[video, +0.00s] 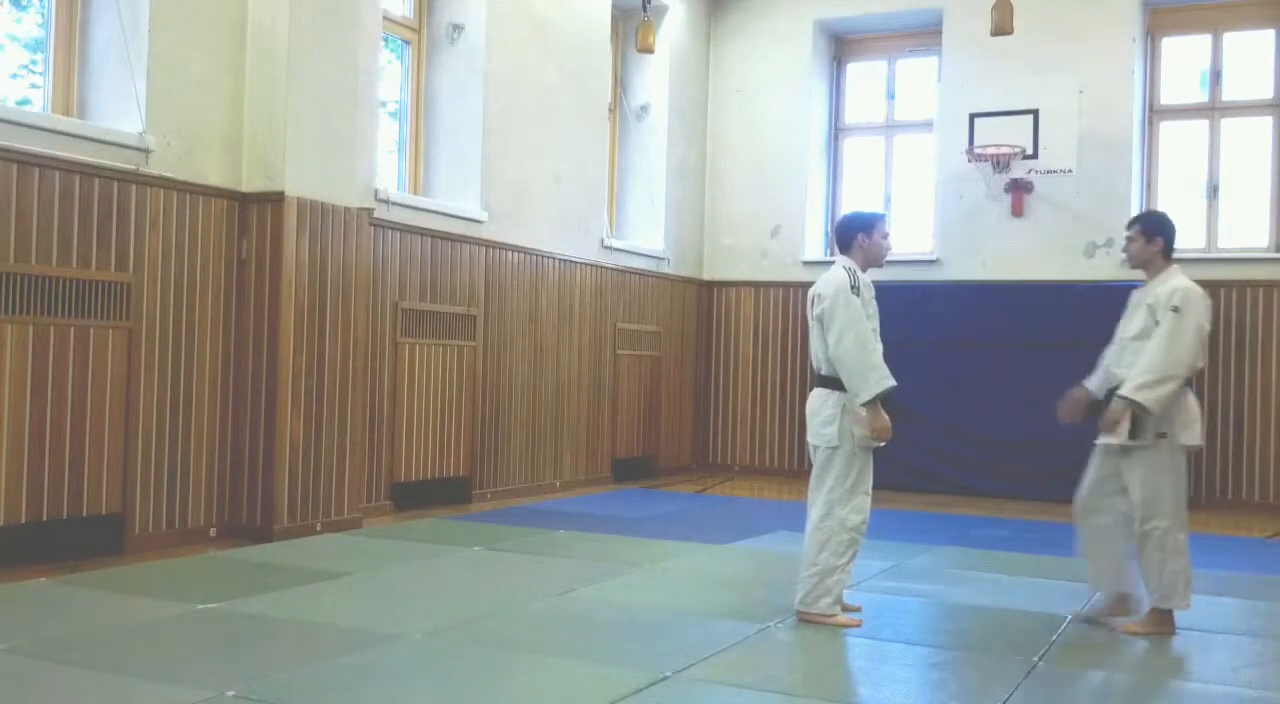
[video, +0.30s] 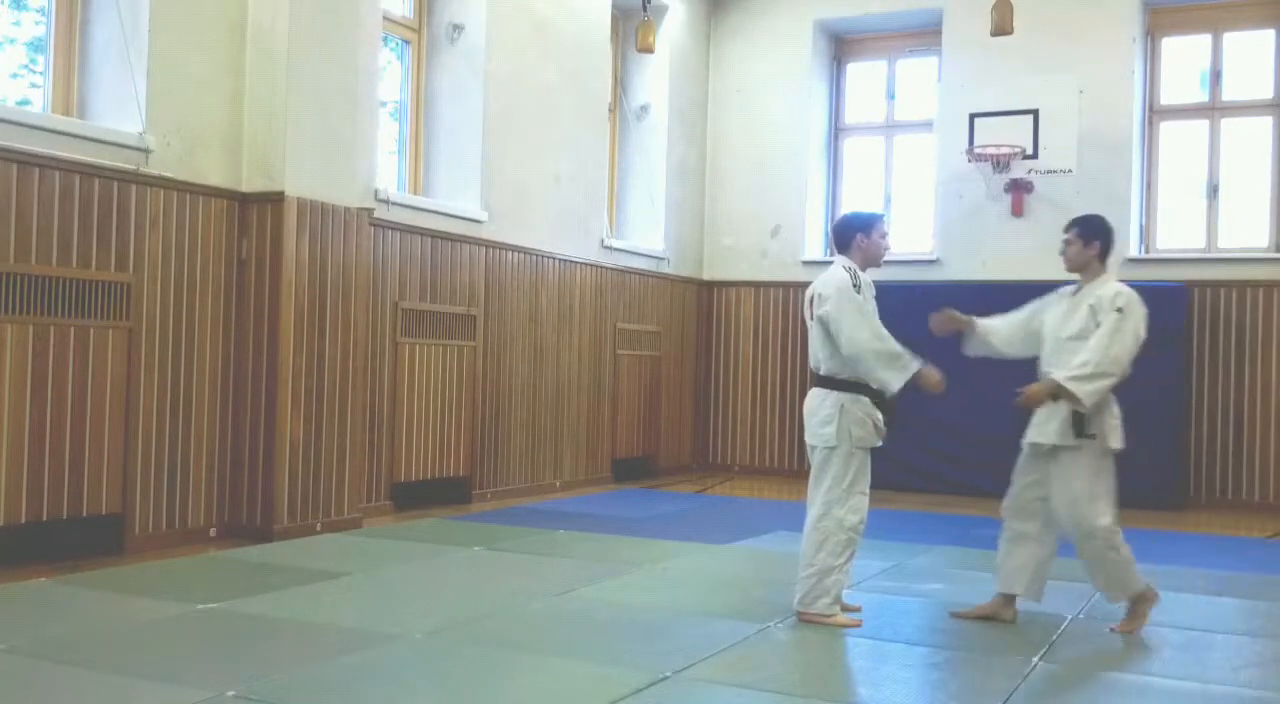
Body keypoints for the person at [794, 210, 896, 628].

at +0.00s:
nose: (890, 245)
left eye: (888, 237)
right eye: (885, 237)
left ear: (861, 240)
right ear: (862, 240)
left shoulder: (852, 282)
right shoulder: (841, 284)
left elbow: (860, 347)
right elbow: (852, 348)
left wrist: (874, 401)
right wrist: (874, 405)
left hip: (847, 403)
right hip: (838, 405)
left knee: (844, 504)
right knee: (839, 507)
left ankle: (826, 591)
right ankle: (816, 602)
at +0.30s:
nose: (888, 244)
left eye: (887, 236)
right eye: (882, 236)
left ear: (860, 240)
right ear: (861, 240)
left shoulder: (855, 283)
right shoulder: (838, 283)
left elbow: (874, 336)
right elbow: (858, 342)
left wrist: (914, 366)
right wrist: (915, 369)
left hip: (851, 406)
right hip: (837, 407)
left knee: (845, 506)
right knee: (836, 508)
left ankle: (826, 592)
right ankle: (815, 602)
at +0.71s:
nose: (885, 244)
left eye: (882, 236)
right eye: (879, 236)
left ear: (850, 243)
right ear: (856, 241)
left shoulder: (827, 282)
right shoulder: (847, 281)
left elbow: (858, 341)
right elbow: (912, 297)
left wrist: (910, 345)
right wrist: (976, 284)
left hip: (832, 402)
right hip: (841, 407)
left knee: (835, 505)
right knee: (842, 509)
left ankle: (822, 592)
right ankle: (817, 603)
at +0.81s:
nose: (885, 244)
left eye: (882, 236)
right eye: (879, 236)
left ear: (849, 243)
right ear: (856, 241)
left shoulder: (828, 282)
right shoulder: (848, 280)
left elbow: (860, 340)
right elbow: (913, 295)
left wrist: (915, 338)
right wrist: (984, 281)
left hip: (832, 401)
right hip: (842, 406)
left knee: (836, 505)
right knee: (842, 508)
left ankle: (823, 593)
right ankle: (817, 603)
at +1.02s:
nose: (886, 245)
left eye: (884, 237)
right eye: (880, 237)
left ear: (853, 241)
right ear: (858, 241)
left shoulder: (831, 280)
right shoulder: (847, 279)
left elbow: (858, 340)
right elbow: (914, 293)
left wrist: (912, 334)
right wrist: (980, 280)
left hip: (835, 401)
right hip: (841, 406)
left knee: (837, 505)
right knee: (841, 509)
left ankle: (823, 593)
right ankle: (817, 603)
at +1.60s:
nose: (883, 246)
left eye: (882, 238)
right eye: (878, 238)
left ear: (850, 241)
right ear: (856, 241)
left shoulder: (826, 281)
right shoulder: (845, 281)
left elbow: (856, 341)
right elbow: (911, 299)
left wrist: (908, 337)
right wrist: (975, 283)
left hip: (830, 401)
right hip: (840, 406)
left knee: (835, 505)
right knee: (841, 508)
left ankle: (822, 594)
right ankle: (818, 603)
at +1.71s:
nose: (882, 246)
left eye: (881, 238)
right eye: (877, 238)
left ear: (849, 241)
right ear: (855, 241)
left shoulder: (825, 280)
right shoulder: (843, 281)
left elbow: (857, 341)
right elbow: (910, 299)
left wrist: (910, 335)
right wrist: (973, 284)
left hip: (829, 401)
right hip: (838, 406)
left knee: (834, 504)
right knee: (841, 508)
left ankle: (822, 594)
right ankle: (818, 602)